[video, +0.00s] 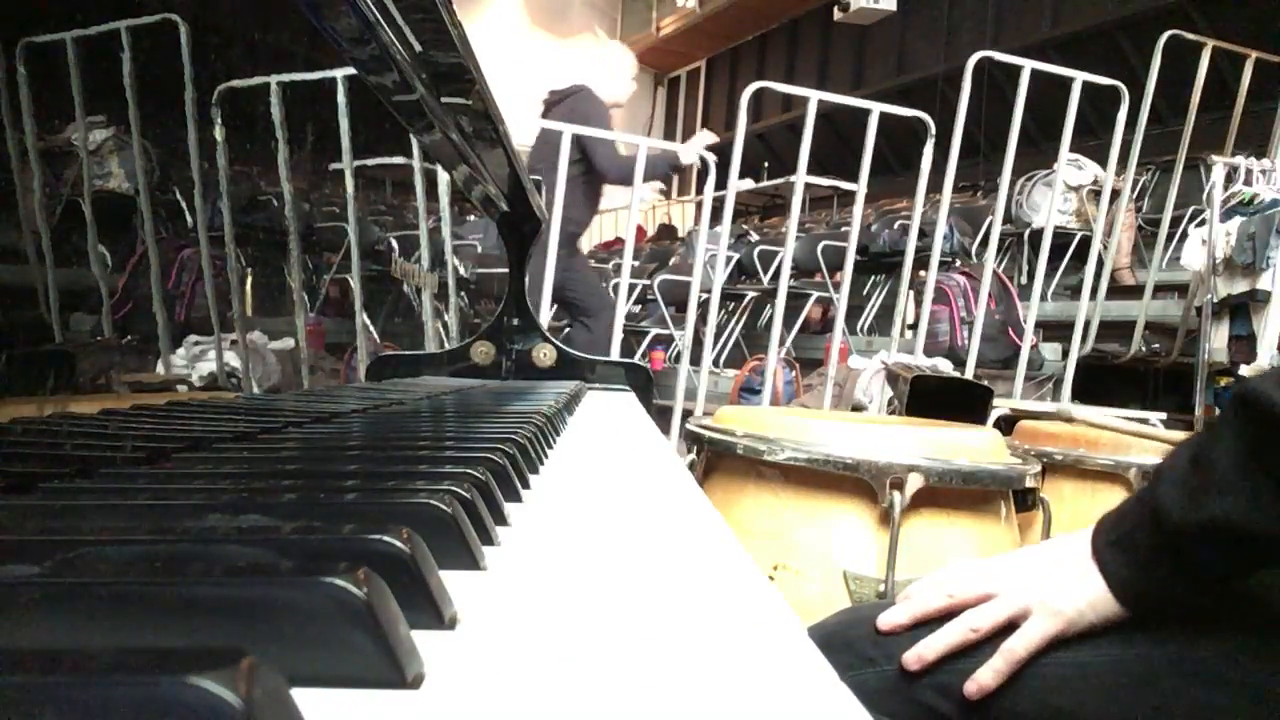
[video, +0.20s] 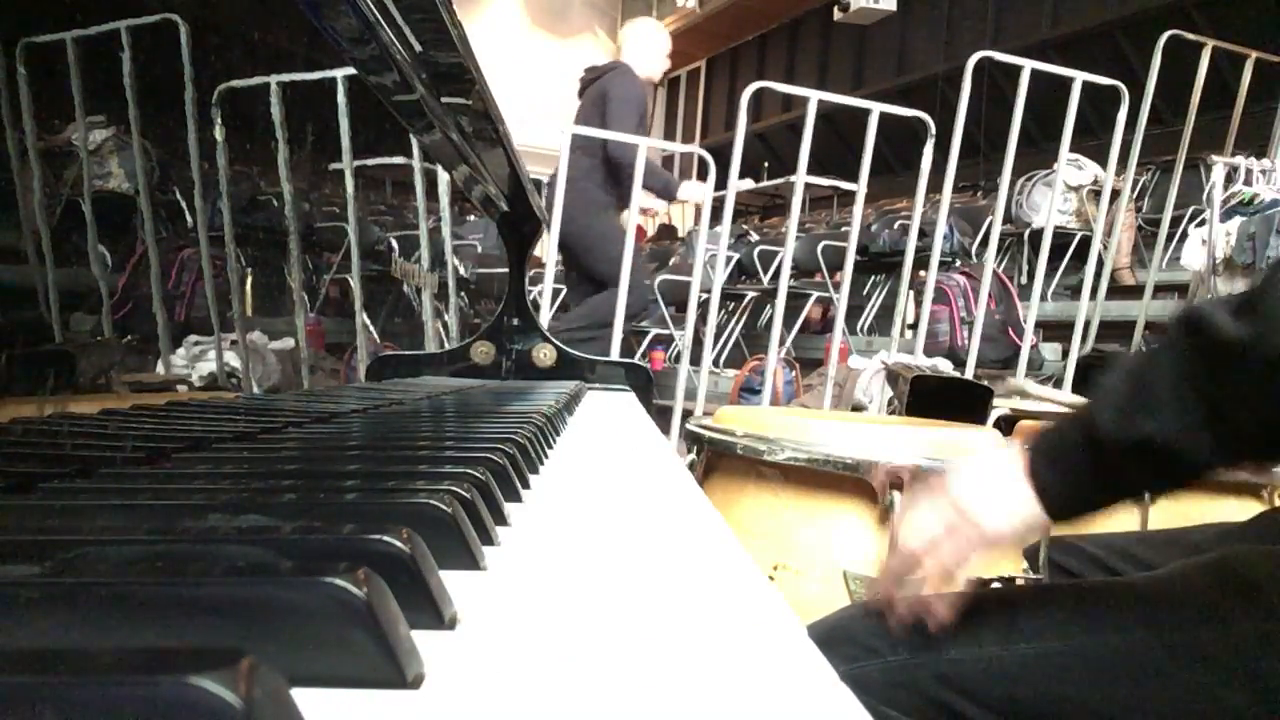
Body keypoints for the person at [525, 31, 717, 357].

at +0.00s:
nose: (633, 88)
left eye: (633, 80)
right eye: (630, 78)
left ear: (604, 73)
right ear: (609, 73)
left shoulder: (575, 105)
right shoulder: (586, 105)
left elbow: (575, 192)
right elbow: (611, 168)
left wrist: (630, 194)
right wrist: (677, 156)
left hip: (548, 240)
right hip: (550, 243)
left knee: (594, 311)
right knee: (600, 313)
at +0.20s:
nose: (668, 65)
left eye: (669, 56)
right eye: (664, 55)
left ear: (634, 49)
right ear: (643, 50)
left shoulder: (613, 80)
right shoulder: (625, 81)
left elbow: (605, 155)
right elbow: (623, 152)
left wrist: (632, 194)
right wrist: (676, 188)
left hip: (574, 204)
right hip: (582, 205)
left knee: (586, 300)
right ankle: (556, 337)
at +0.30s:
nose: (683, 58)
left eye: (683, 50)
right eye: (679, 48)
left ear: (644, 45)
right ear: (658, 46)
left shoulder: (623, 76)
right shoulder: (642, 76)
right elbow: (631, 145)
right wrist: (662, 201)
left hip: (583, 193)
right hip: (600, 193)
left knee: (595, 302)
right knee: (684, 255)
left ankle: (586, 387)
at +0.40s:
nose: (698, 60)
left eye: (699, 51)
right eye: (695, 50)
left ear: (660, 42)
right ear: (676, 44)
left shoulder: (636, 75)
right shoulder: (663, 76)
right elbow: (642, 143)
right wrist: (646, 205)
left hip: (600, 192)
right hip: (626, 191)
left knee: (600, 304)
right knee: (720, 247)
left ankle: (585, 384)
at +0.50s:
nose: (716, 65)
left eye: (717, 57)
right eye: (714, 56)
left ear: (676, 49)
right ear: (699, 51)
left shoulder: (651, 84)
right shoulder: (685, 82)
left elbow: (634, 149)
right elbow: (658, 147)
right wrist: (645, 208)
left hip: (617, 198)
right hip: (653, 199)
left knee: (617, 302)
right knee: (734, 253)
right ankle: (770, 351)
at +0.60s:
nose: (739, 73)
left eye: (740, 66)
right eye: (738, 65)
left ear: (702, 56)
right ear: (725, 60)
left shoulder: (675, 91)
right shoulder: (712, 91)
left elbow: (653, 155)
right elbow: (682, 154)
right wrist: (668, 215)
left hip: (647, 211)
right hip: (682, 209)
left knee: (636, 307)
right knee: (757, 264)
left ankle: (598, 383)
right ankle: (793, 358)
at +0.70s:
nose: (772, 71)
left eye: (772, 63)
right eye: (771, 62)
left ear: (732, 59)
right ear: (761, 62)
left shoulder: (704, 94)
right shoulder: (747, 94)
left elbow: (685, 157)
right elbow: (725, 154)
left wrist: (737, 196)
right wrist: (714, 224)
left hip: (666, 208)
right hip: (703, 207)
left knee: (643, 307)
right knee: (781, 265)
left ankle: (600, 387)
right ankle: (793, 373)